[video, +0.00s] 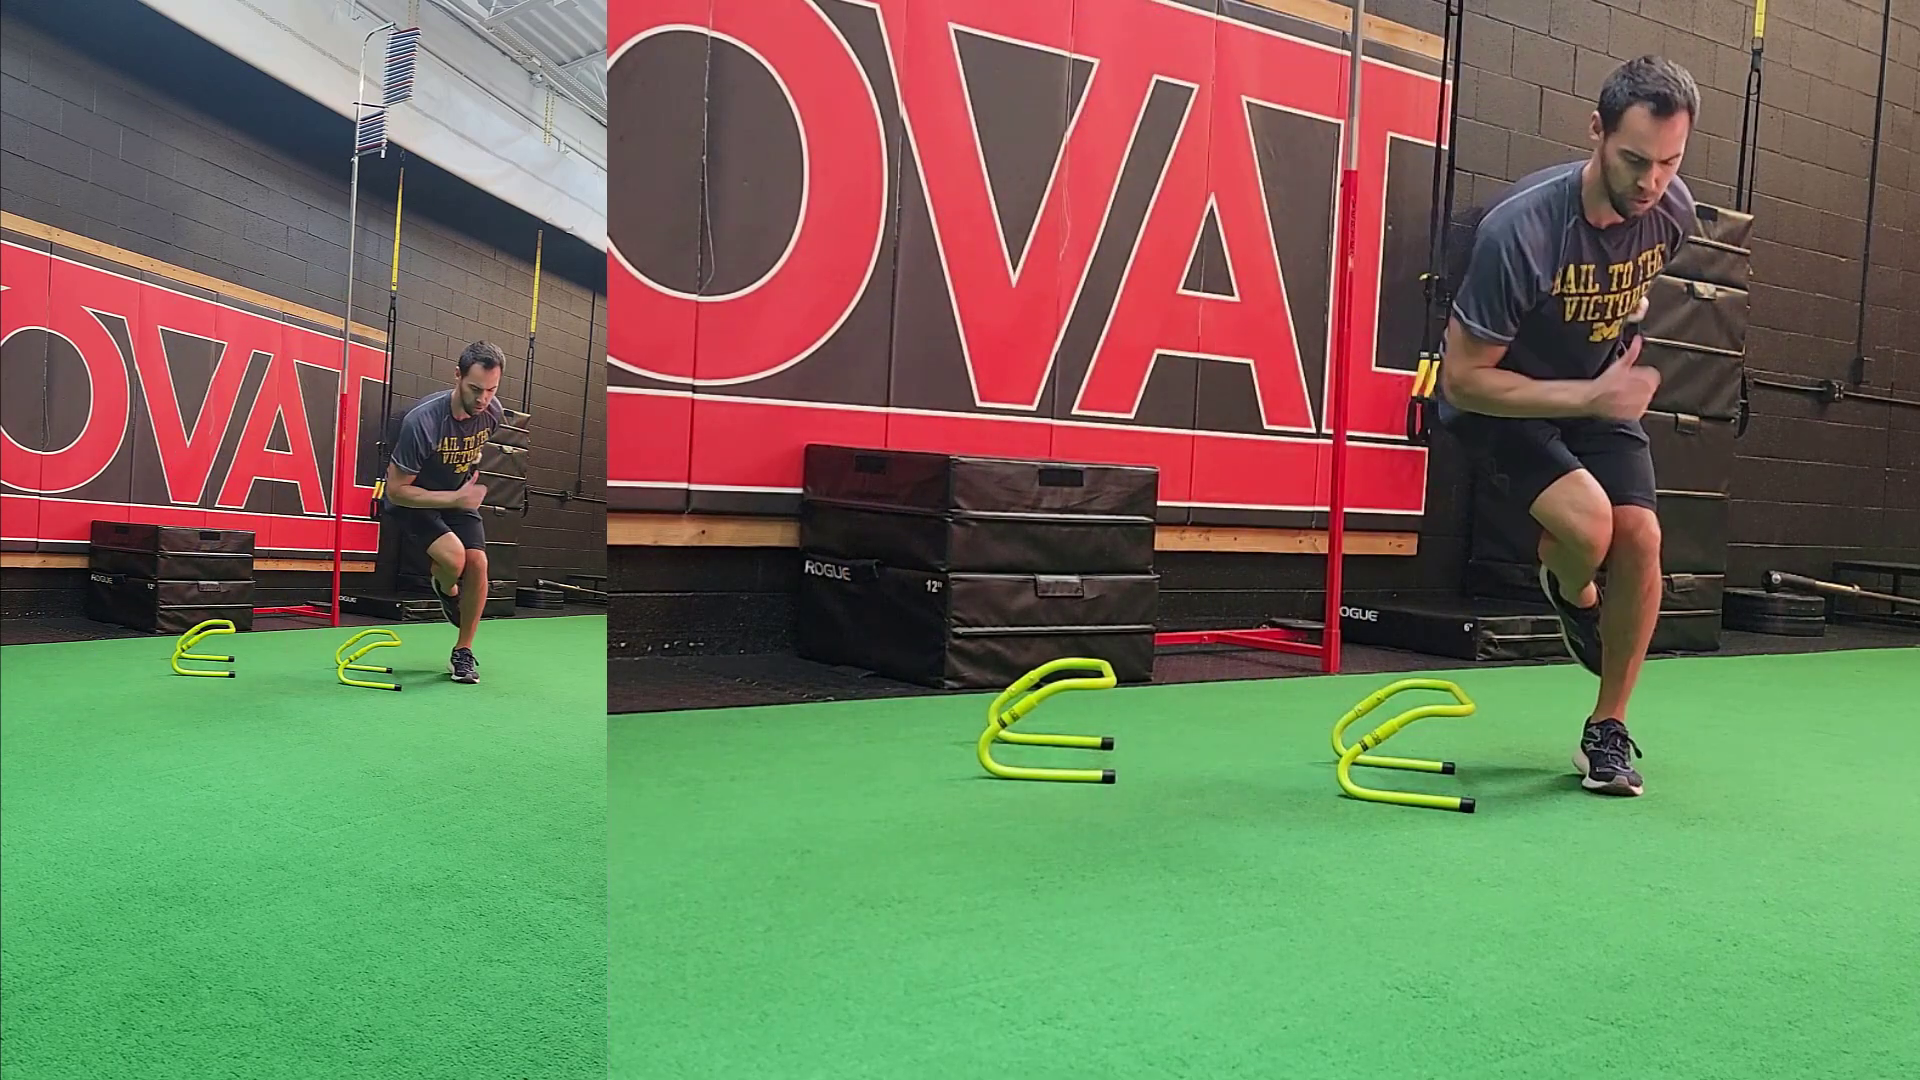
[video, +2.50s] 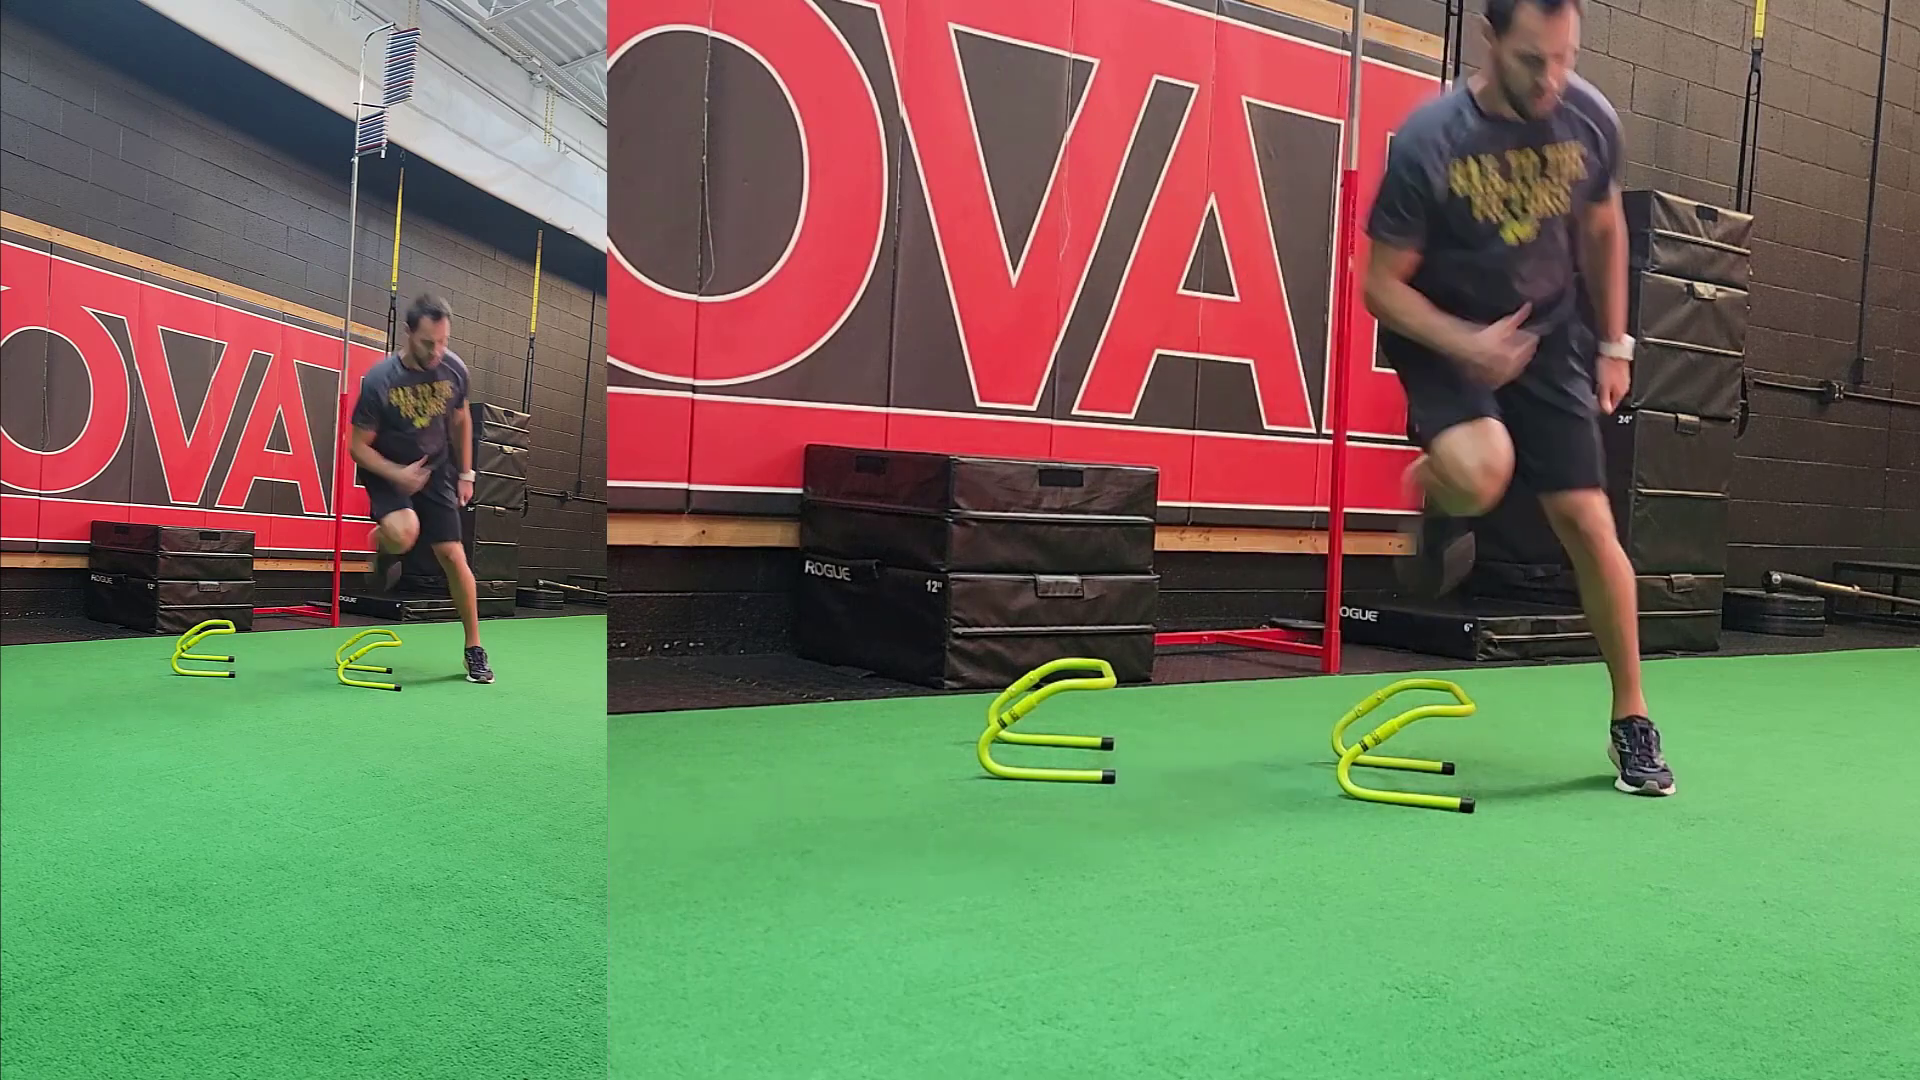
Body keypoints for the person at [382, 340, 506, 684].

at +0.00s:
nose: (483, 399)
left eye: (491, 391)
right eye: (476, 389)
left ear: (498, 385)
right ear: (457, 378)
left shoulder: (492, 413)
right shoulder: (421, 421)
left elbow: (468, 446)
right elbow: (396, 491)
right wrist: (456, 498)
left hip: (456, 497)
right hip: (412, 499)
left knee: (478, 563)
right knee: (454, 557)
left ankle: (464, 651)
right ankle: (445, 589)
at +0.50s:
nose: (379, 310)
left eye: (388, 301)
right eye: (373, 299)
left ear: (402, 300)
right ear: (361, 295)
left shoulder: (415, 342)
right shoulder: (333, 347)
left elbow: (426, 393)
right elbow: (307, 407)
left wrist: (418, 424)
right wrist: (295, 468)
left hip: (391, 452)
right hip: (339, 452)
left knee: (415, 526)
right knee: (330, 544)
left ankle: (425, 601)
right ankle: (296, 627)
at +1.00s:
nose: (239, 314)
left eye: (247, 305)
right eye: (233, 303)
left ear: (264, 299)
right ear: (224, 296)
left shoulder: (284, 344)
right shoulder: (201, 336)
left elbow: (312, 400)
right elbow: (185, 383)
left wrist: (307, 456)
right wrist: (190, 414)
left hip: (261, 444)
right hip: (212, 438)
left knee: (262, 522)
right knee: (177, 516)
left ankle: (286, 610)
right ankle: (140, 600)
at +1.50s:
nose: (147, 375)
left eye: (155, 367)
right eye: (140, 365)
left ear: (174, 355)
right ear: (131, 355)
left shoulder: (202, 397)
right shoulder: (122, 385)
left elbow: (205, 470)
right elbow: (116, 428)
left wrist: (153, 452)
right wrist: (112, 467)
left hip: (189, 482)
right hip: (141, 475)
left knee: (162, 543)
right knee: (122, 543)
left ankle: (141, 575)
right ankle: (110, 636)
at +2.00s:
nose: (286, 314)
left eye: (292, 305)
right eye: (277, 306)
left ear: (301, 301)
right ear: (261, 300)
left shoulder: (319, 348)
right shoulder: (237, 344)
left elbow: (330, 407)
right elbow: (207, 394)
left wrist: (312, 436)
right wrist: (188, 443)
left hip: (293, 452)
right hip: (246, 444)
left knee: (285, 551)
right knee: (240, 500)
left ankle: (280, 635)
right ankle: (227, 543)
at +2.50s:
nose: (436, 352)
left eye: (443, 342)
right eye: (428, 343)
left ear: (448, 336)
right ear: (408, 334)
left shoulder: (454, 370)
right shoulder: (378, 380)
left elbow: (461, 418)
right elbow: (357, 447)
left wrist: (466, 472)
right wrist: (396, 473)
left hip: (437, 474)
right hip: (388, 474)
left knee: (452, 553)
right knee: (403, 536)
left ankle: (474, 647)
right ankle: (382, 552)